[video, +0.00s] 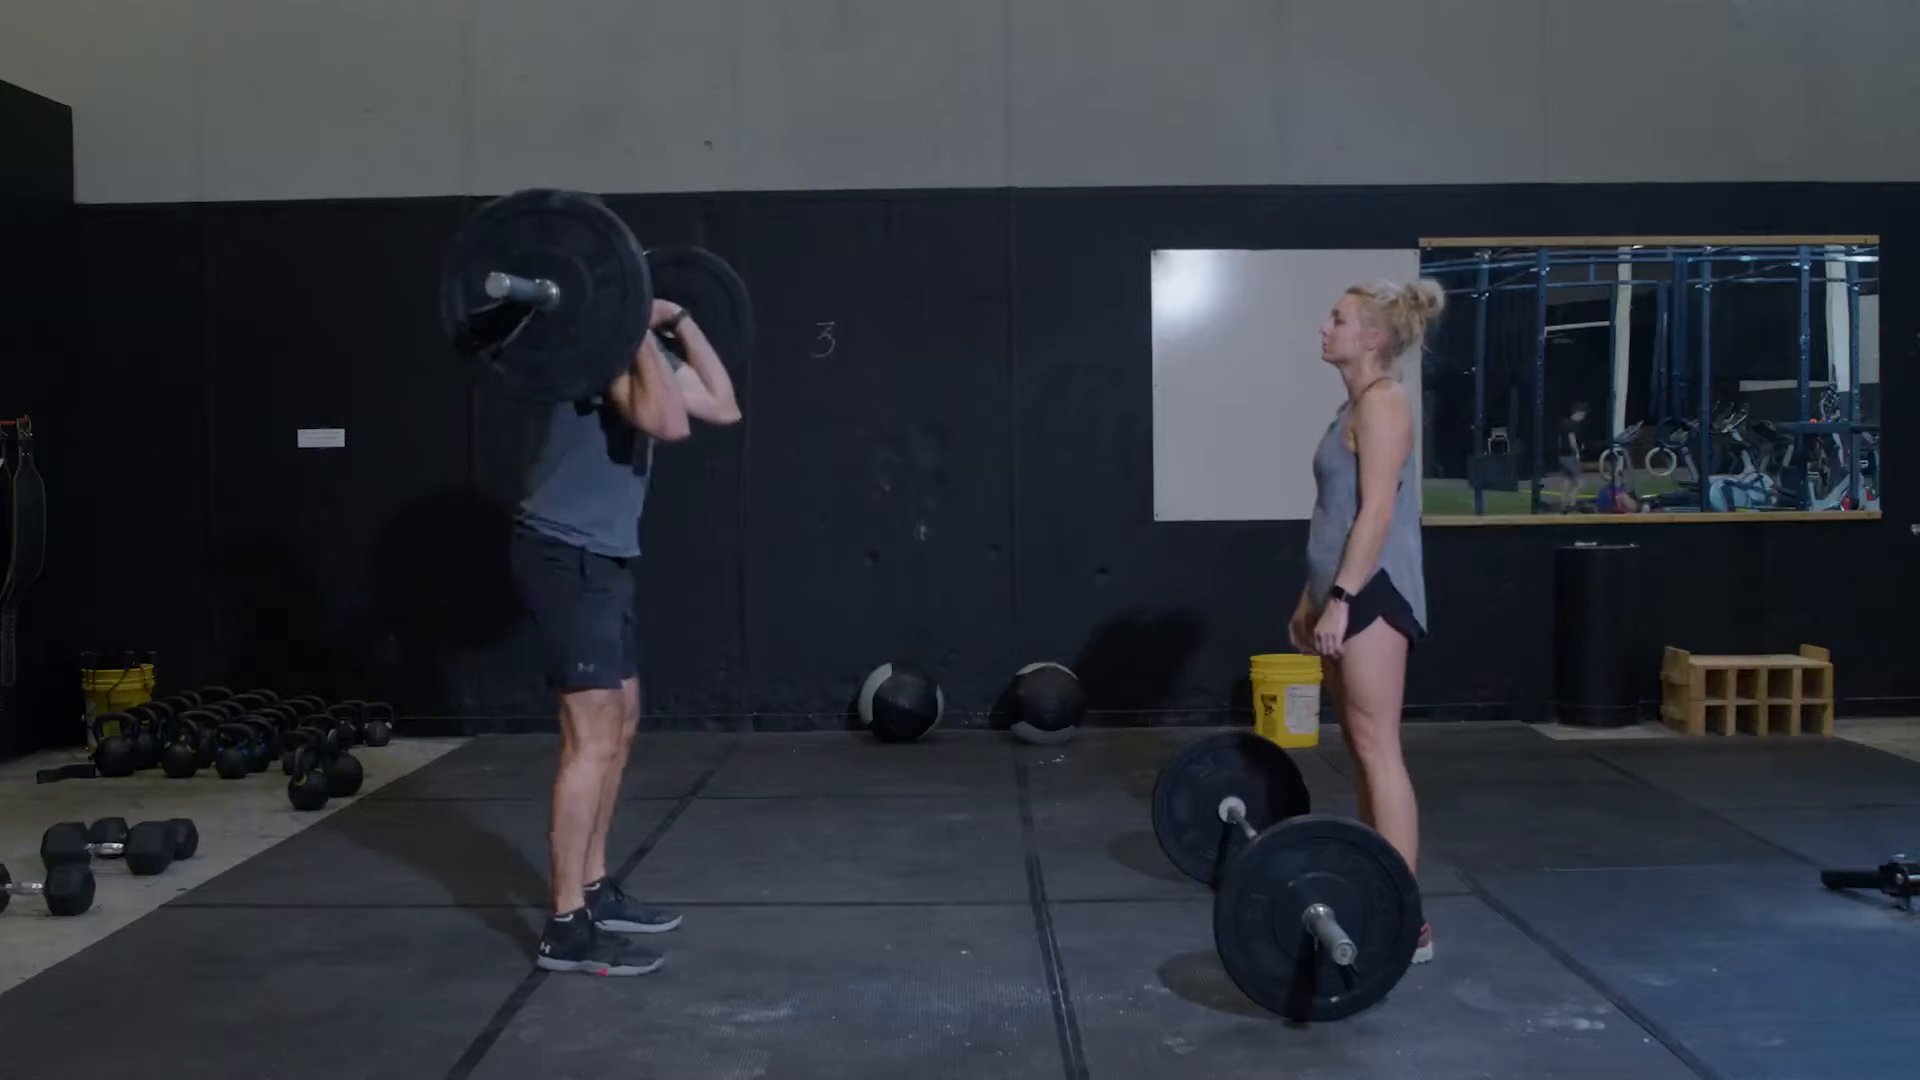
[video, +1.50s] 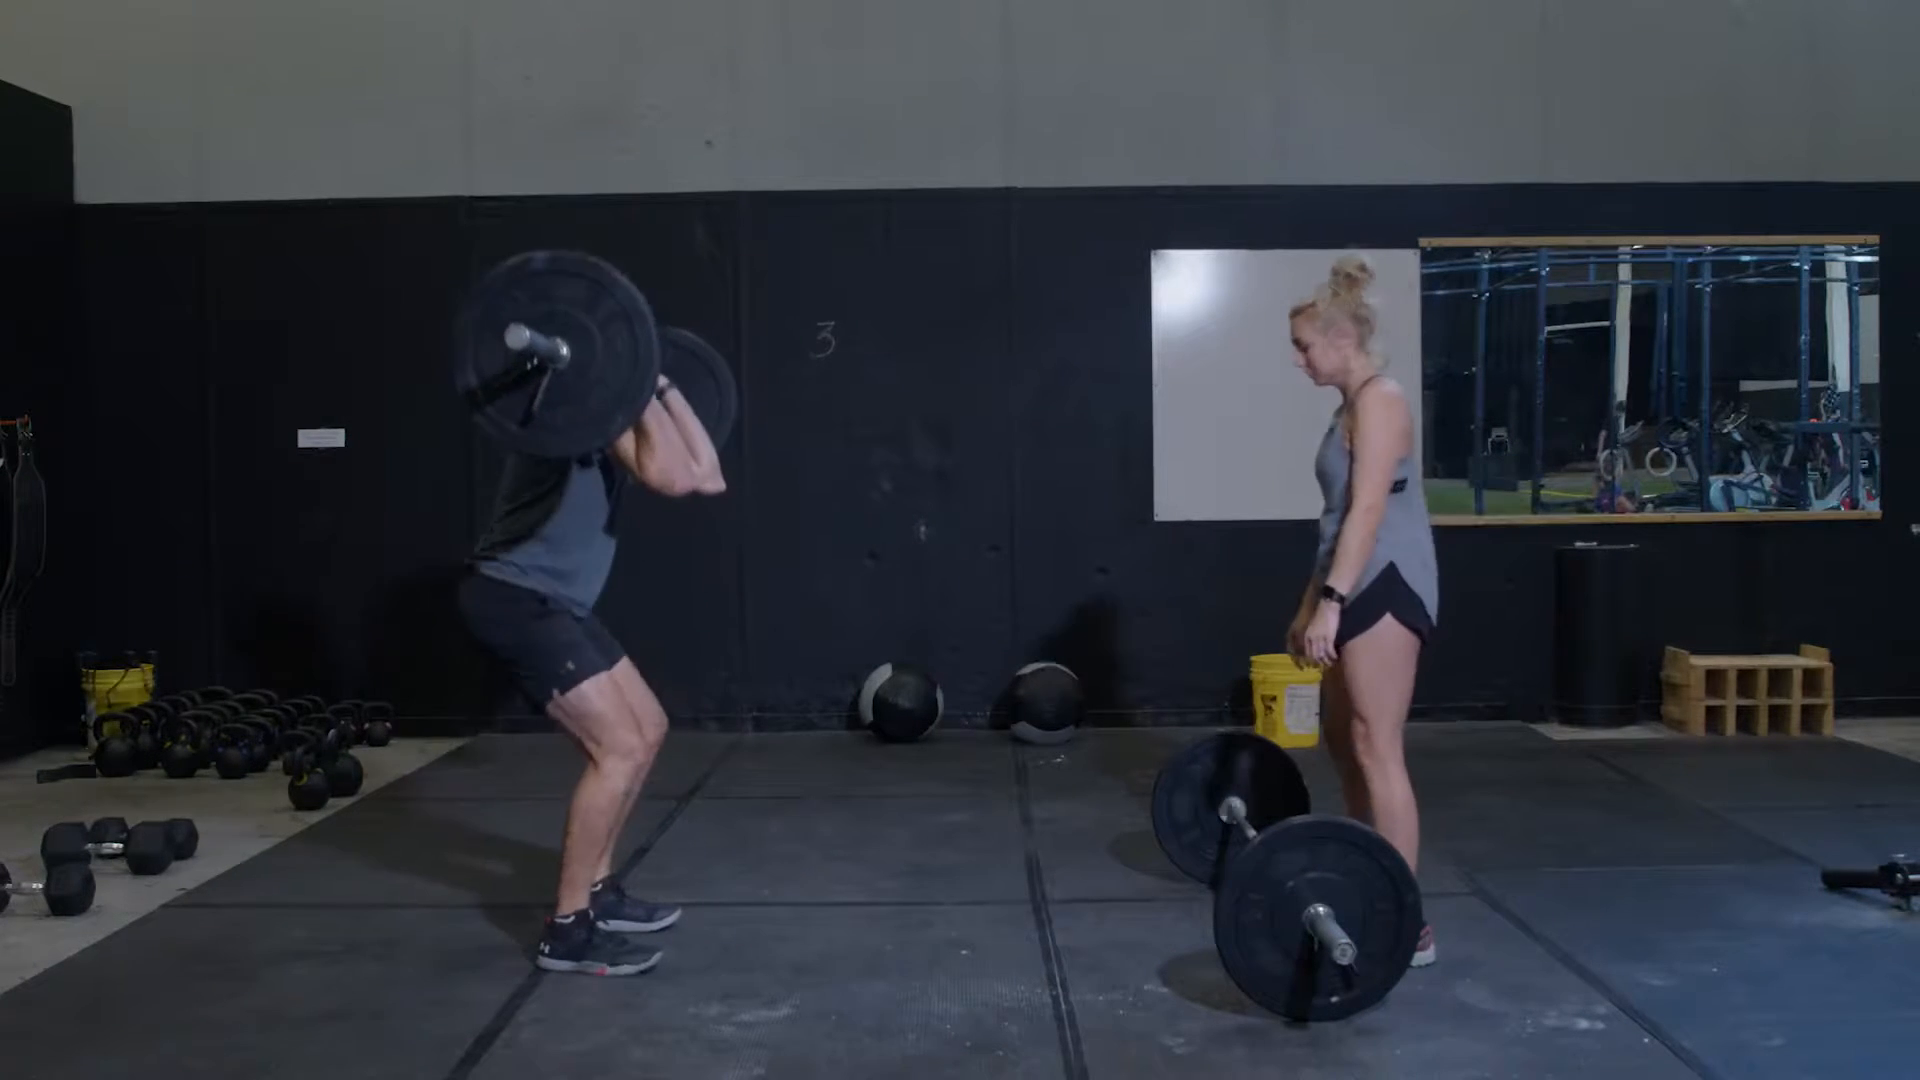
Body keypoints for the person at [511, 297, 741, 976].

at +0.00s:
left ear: (619, 294)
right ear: (603, 295)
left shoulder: (637, 355)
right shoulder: (590, 345)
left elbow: (722, 404)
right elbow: (666, 419)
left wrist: (680, 321)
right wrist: (640, 333)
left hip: (606, 556)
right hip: (567, 553)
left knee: (620, 722)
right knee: (595, 734)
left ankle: (592, 892)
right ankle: (564, 923)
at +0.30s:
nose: (663, 338)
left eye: (655, 325)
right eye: (645, 330)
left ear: (646, 341)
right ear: (611, 353)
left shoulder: (645, 421)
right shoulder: (601, 426)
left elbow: (735, 509)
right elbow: (693, 521)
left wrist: (693, 419)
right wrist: (664, 430)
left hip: (553, 618)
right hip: (510, 623)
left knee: (654, 726)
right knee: (637, 753)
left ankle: (590, 893)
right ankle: (569, 926)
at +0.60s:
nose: (670, 448)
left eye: (663, 436)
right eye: (654, 438)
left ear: (634, 461)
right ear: (623, 458)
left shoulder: (642, 531)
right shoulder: (608, 534)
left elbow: (730, 626)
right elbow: (683, 652)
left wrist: (693, 532)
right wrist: (660, 544)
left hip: (541, 696)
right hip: (500, 716)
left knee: (671, 732)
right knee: (663, 770)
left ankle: (604, 895)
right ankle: (572, 927)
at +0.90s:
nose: (671, 486)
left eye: (663, 474)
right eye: (655, 478)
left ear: (627, 498)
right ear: (622, 497)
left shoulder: (637, 560)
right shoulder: (612, 565)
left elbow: (719, 667)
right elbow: (676, 691)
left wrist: (690, 573)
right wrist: (655, 578)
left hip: (531, 718)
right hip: (493, 740)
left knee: (668, 736)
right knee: (662, 771)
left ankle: (603, 896)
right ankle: (573, 928)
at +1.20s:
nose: (663, 429)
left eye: (658, 416)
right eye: (648, 419)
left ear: (637, 434)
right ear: (610, 434)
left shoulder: (628, 505)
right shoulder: (593, 506)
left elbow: (708, 607)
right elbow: (663, 621)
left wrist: (676, 505)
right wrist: (649, 506)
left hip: (525, 668)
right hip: (484, 683)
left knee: (653, 728)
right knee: (639, 761)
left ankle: (600, 894)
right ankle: (569, 928)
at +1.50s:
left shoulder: (609, 393)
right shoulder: (566, 392)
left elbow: (708, 475)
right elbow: (670, 476)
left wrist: (658, 381)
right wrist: (636, 388)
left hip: (560, 599)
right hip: (518, 597)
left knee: (647, 728)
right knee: (621, 746)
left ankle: (595, 893)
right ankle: (567, 925)